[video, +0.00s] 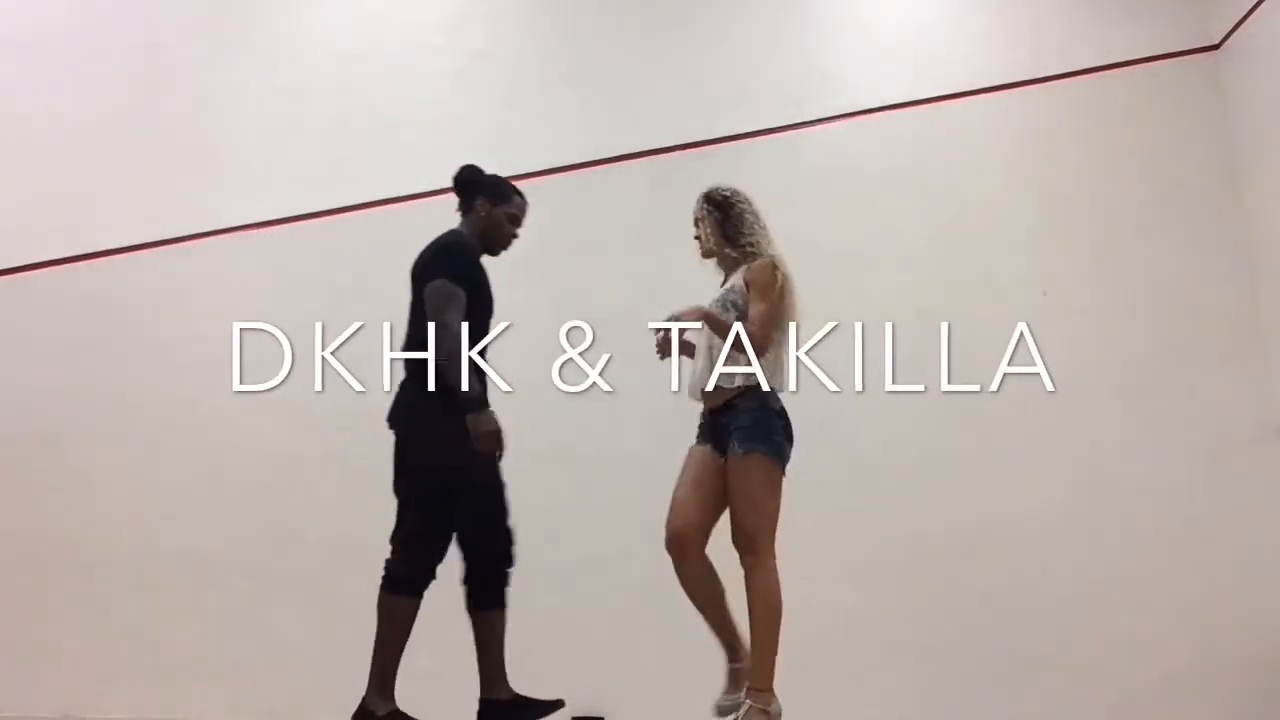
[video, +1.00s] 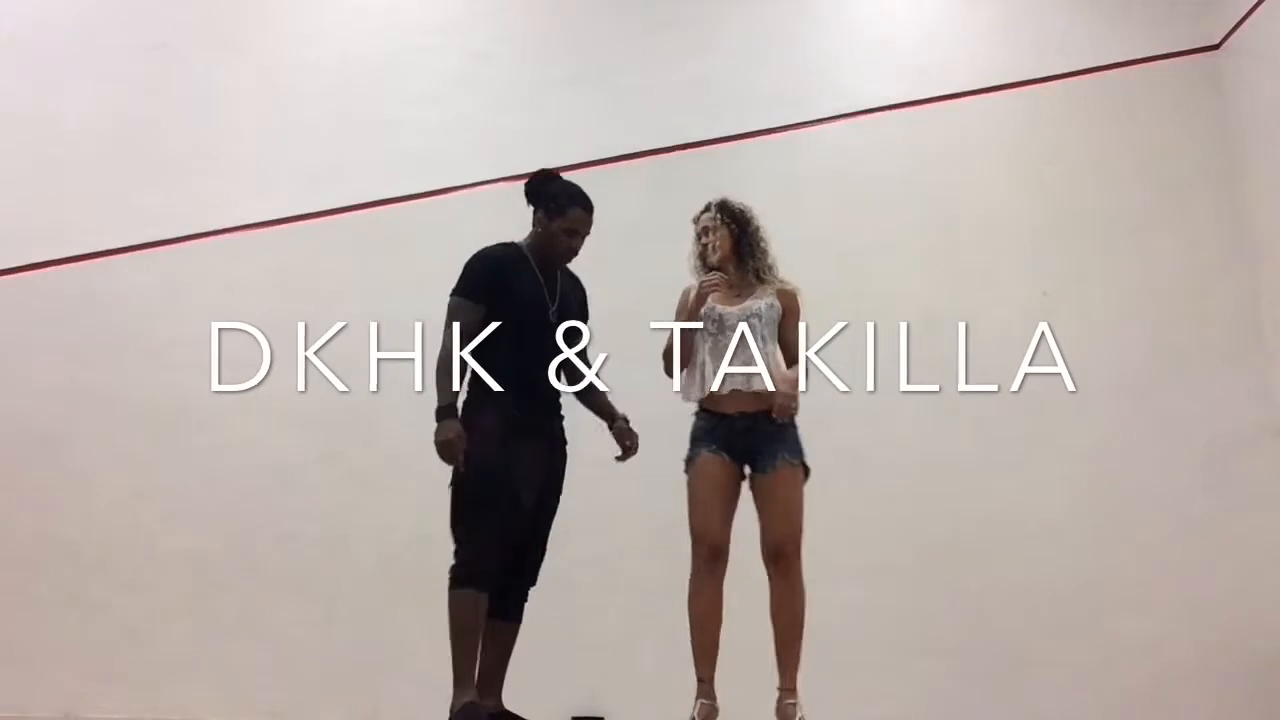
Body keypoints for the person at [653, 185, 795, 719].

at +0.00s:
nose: (696, 233)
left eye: (702, 223)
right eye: (696, 225)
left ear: (726, 224)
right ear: (716, 229)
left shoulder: (761, 271)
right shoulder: (725, 284)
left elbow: (758, 340)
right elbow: (720, 361)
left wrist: (707, 317)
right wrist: (684, 349)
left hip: (756, 416)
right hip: (716, 421)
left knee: (755, 549)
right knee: (682, 541)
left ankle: (762, 694)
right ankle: (737, 657)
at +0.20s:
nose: (688, 238)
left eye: (695, 227)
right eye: (687, 228)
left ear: (720, 227)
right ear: (700, 233)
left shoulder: (763, 269)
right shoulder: (708, 287)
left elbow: (785, 337)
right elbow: (713, 352)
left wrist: (732, 324)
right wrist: (678, 344)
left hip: (744, 416)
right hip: (696, 423)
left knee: (742, 548)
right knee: (693, 555)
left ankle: (758, 695)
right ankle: (702, 696)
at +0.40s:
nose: (682, 243)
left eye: (689, 232)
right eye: (680, 235)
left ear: (716, 231)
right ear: (689, 240)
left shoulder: (763, 276)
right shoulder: (695, 293)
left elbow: (794, 347)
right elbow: (680, 375)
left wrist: (752, 335)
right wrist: (662, 336)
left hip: (736, 424)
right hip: (685, 427)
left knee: (715, 547)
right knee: (687, 554)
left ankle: (749, 692)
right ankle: (703, 695)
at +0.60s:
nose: (680, 246)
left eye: (687, 235)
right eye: (678, 238)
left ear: (715, 234)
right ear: (686, 245)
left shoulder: (767, 286)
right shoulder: (682, 299)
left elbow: (794, 358)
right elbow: (669, 379)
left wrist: (758, 374)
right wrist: (666, 333)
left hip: (739, 432)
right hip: (682, 429)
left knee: (706, 547)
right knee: (684, 557)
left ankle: (714, 692)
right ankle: (701, 695)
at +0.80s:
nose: (689, 238)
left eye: (698, 228)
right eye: (685, 232)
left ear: (724, 230)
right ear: (686, 242)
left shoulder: (770, 290)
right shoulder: (685, 296)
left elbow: (792, 360)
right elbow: (667, 369)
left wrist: (763, 375)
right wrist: (681, 316)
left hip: (751, 428)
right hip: (692, 429)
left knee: (753, 540)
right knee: (695, 555)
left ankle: (750, 679)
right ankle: (701, 694)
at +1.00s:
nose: (705, 241)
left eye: (713, 231)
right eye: (701, 235)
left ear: (739, 234)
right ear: (699, 244)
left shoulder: (780, 296)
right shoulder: (696, 296)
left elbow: (794, 362)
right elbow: (673, 368)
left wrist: (789, 387)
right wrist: (691, 309)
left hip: (773, 431)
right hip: (713, 431)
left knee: (782, 555)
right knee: (709, 553)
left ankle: (788, 692)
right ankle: (705, 693)